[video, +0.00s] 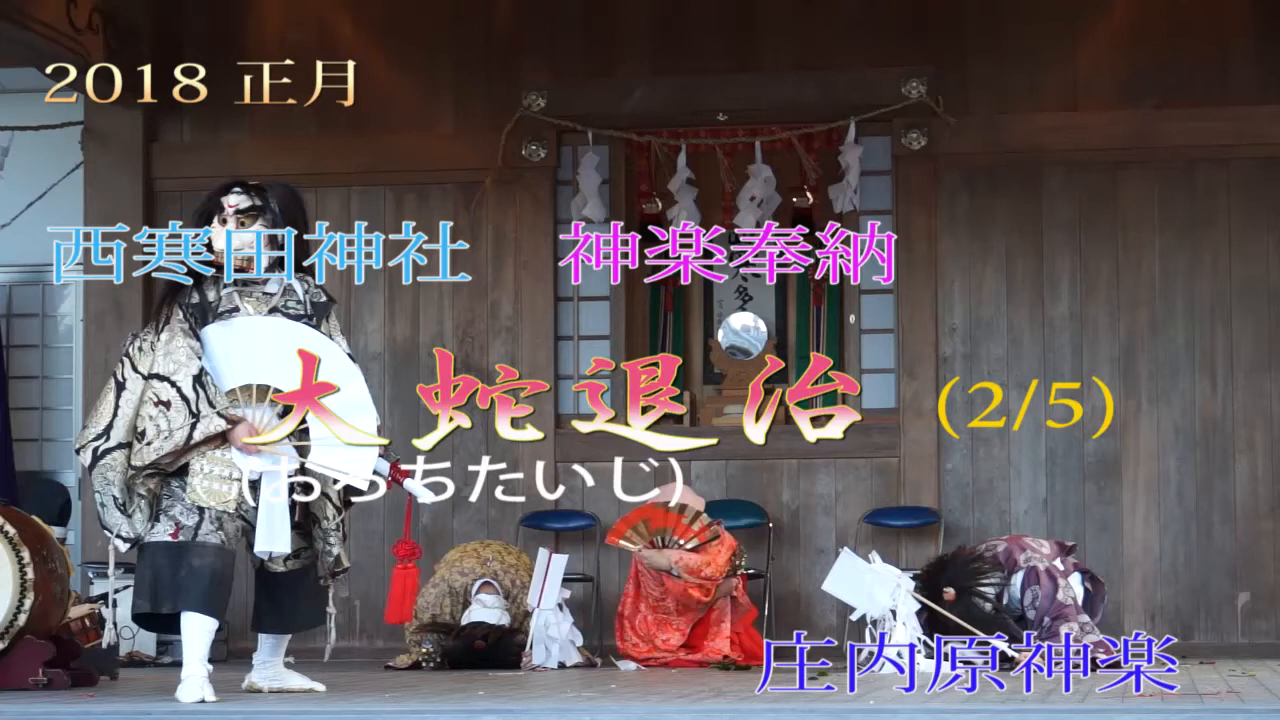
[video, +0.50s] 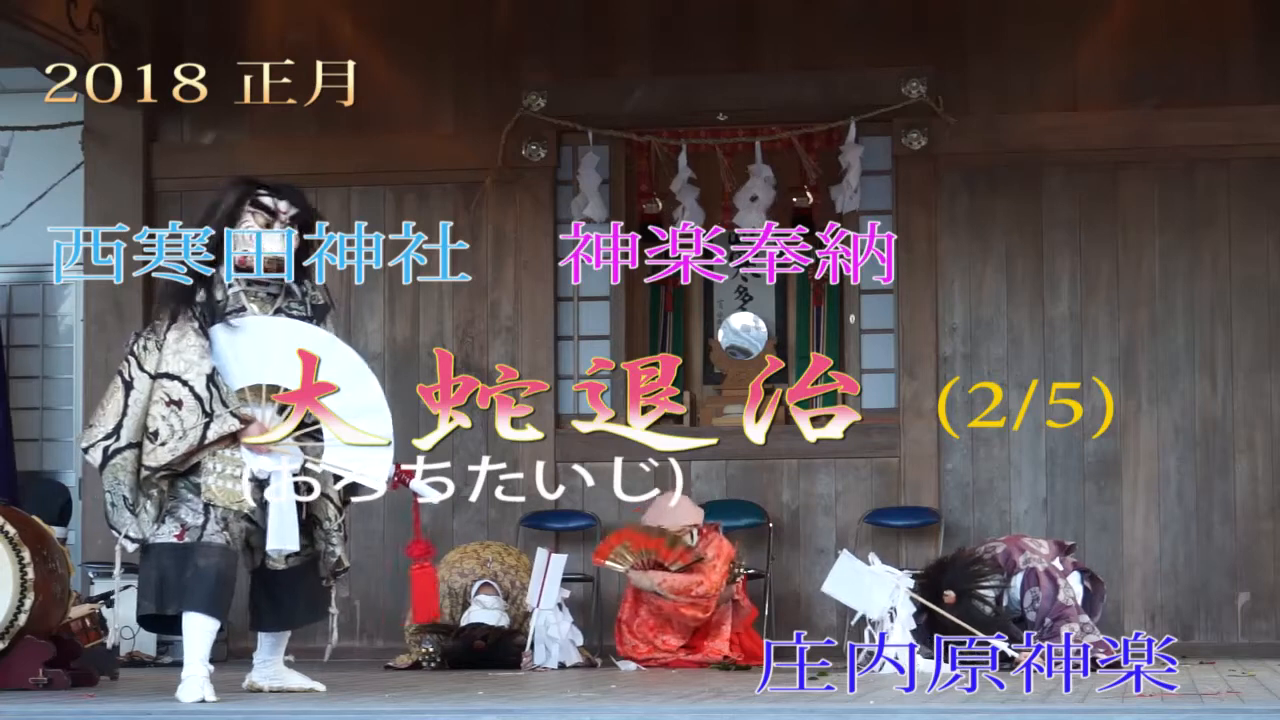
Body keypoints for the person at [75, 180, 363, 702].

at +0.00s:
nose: (228, 230)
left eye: (242, 219)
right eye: (220, 220)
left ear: (272, 230)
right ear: (209, 234)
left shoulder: (309, 303)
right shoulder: (192, 304)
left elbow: (337, 388)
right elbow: (163, 394)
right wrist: (225, 427)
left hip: (288, 453)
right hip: (213, 450)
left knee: (288, 548)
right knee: (207, 547)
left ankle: (270, 665)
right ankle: (195, 672)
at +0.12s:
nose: (236, 228)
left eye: (249, 218)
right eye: (226, 219)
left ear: (276, 229)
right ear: (211, 232)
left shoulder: (310, 303)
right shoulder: (193, 304)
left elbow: (337, 388)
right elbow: (168, 394)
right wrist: (226, 427)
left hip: (289, 456)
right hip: (213, 453)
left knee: (289, 551)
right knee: (208, 551)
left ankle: (269, 665)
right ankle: (194, 673)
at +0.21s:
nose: (246, 230)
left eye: (259, 220)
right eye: (235, 220)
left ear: (282, 231)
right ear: (216, 231)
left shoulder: (309, 305)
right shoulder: (193, 307)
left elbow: (336, 392)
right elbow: (165, 405)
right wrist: (227, 428)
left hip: (288, 456)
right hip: (214, 454)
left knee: (286, 551)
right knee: (208, 551)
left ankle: (269, 665)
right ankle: (195, 673)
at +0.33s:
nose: (260, 233)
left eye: (276, 223)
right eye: (246, 220)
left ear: (293, 237)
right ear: (222, 229)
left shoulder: (308, 305)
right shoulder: (196, 304)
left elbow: (332, 390)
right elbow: (170, 390)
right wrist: (227, 427)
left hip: (289, 454)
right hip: (215, 451)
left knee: (288, 550)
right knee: (209, 548)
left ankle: (269, 664)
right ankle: (195, 672)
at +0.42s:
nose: (266, 235)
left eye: (280, 227)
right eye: (253, 222)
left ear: (294, 238)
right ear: (225, 228)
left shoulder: (307, 303)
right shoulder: (198, 302)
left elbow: (328, 385)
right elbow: (175, 390)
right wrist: (231, 427)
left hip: (286, 451)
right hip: (214, 448)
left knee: (288, 550)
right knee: (211, 549)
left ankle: (269, 665)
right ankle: (195, 673)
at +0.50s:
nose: (269, 241)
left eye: (283, 231)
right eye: (256, 227)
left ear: (298, 242)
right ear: (226, 231)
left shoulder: (305, 308)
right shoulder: (195, 310)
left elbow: (330, 395)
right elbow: (173, 400)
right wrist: (234, 427)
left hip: (286, 456)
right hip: (214, 454)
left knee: (289, 550)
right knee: (211, 549)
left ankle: (269, 664)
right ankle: (195, 673)